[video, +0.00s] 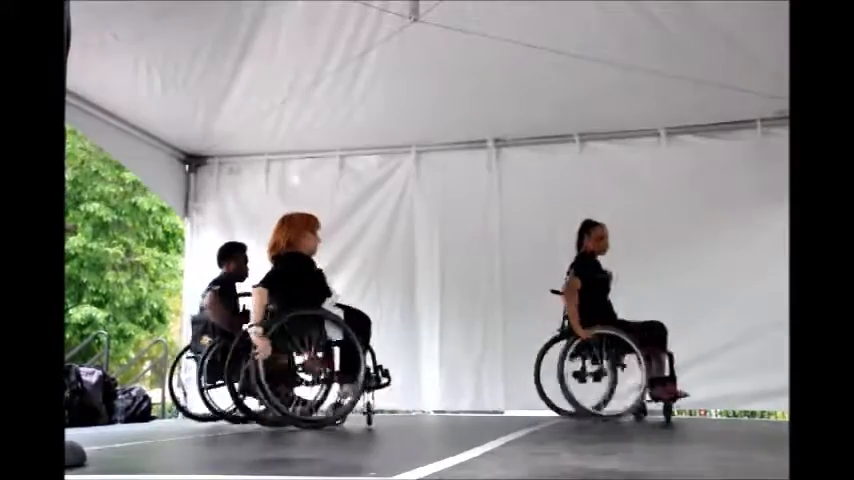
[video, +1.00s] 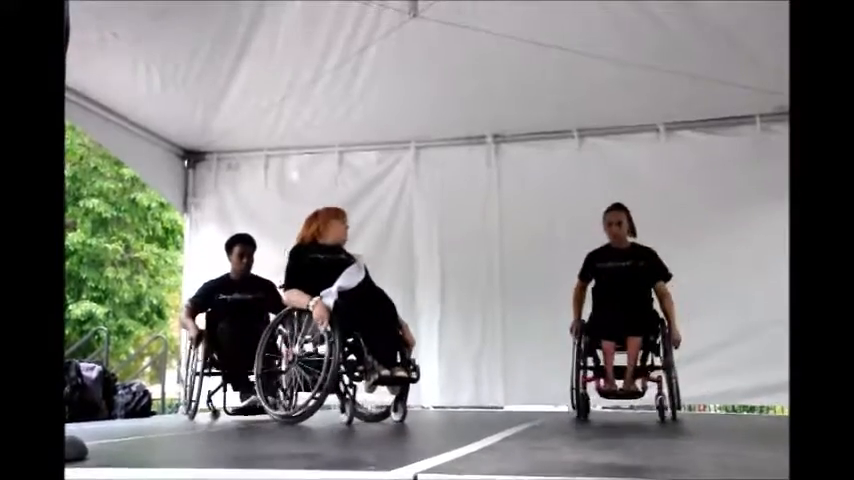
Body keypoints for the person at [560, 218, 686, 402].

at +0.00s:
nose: (606, 243)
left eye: (606, 238)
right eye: (601, 239)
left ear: (592, 242)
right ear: (588, 242)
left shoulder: (593, 264)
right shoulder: (582, 265)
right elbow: (569, 294)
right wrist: (579, 330)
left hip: (607, 325)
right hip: (597, 329)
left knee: (655, 329)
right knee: (655, 330)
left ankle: (660, 384)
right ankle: (660, 385)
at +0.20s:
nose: (602, 244)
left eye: (604, 239)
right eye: (597, 240)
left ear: (608, 242)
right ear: (585, 243)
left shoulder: (605, 269)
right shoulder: (580, 267)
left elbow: (623, 303)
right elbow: (553, 297)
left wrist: (619, 283)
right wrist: (548, 336)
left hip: (615, 330)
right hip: (602, 334)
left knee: (672, 326)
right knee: (672, 327)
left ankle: (678, 383)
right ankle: (674, 384)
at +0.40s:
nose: (606, 243)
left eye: (609, 238)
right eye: (600, 239)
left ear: (614, 241)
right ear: (591, 242)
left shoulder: (621, 267)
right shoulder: (580, 268)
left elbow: (642, 304)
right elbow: (554, 301)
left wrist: (641, 287)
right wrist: (546, 339)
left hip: (625, 329)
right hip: (600, 334)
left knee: (679, 323)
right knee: (662, 324)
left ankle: (668, 376)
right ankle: (672, 382)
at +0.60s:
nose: (611, 243)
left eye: (616, 238)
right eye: (606, 238)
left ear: (622, 239)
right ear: (598, 240)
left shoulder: (636, 265)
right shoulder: (587, 269)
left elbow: (656, 297)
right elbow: (565, 301)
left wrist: (677, 316)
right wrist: (560, 339)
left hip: (634, 325)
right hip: (604, 328)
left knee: (667, 320)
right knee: (640, 331)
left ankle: (658, 384)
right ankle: (640, 386)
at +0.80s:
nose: (613, 237)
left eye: (618, 232)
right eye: (609, 232)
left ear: (627, 234)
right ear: (603, 235)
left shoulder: (644, 261)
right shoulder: (594, 264)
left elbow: (663, 295)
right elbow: (577, 294)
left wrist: (675, 327)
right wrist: (574, 329)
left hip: (639, 317)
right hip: (608, 317)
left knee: (648, 327)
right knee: (616, 331)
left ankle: (639, 381)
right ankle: (618, 382)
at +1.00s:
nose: (614, 229)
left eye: (619, 224)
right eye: (609, 224)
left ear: (628, 225)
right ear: (604, 228)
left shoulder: (646, 255)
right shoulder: (595, 257)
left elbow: (662, 293)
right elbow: (581, 287)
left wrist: (672, 326)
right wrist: (577, 319)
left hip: (638, 313)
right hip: (607, 314)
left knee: (637, 320)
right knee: (606, 322)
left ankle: (629, 380)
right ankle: (609, 379)